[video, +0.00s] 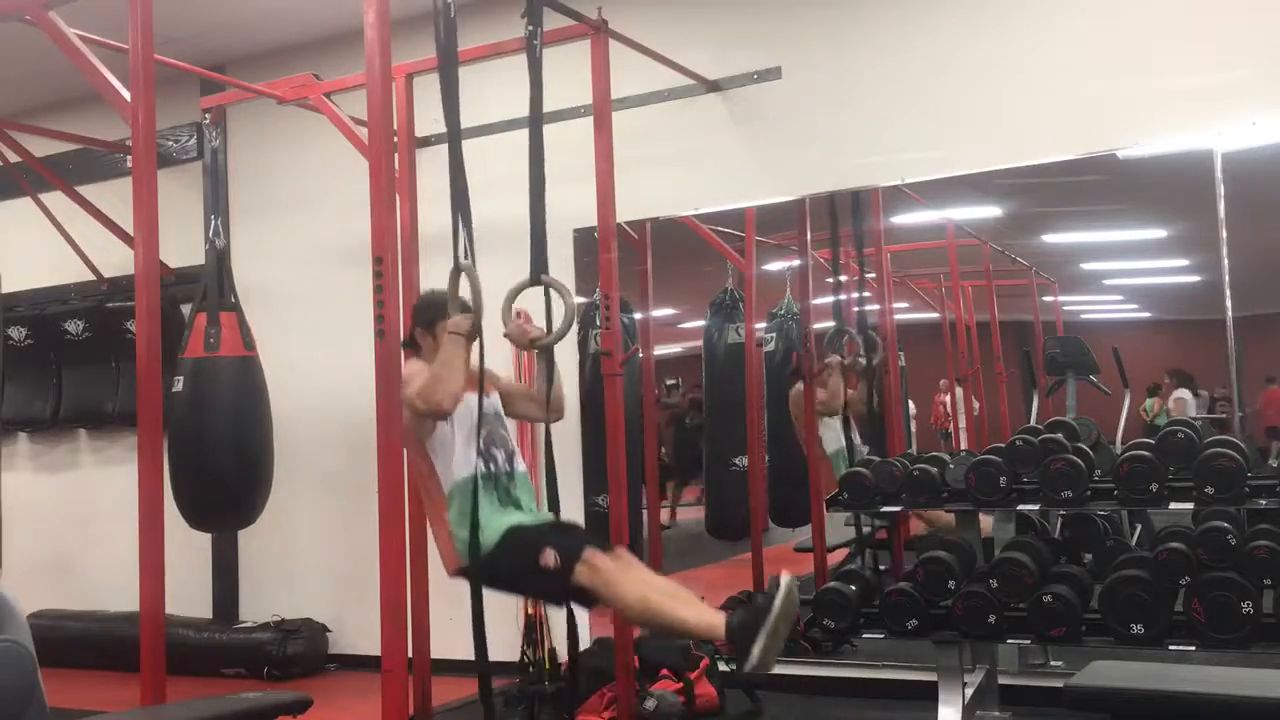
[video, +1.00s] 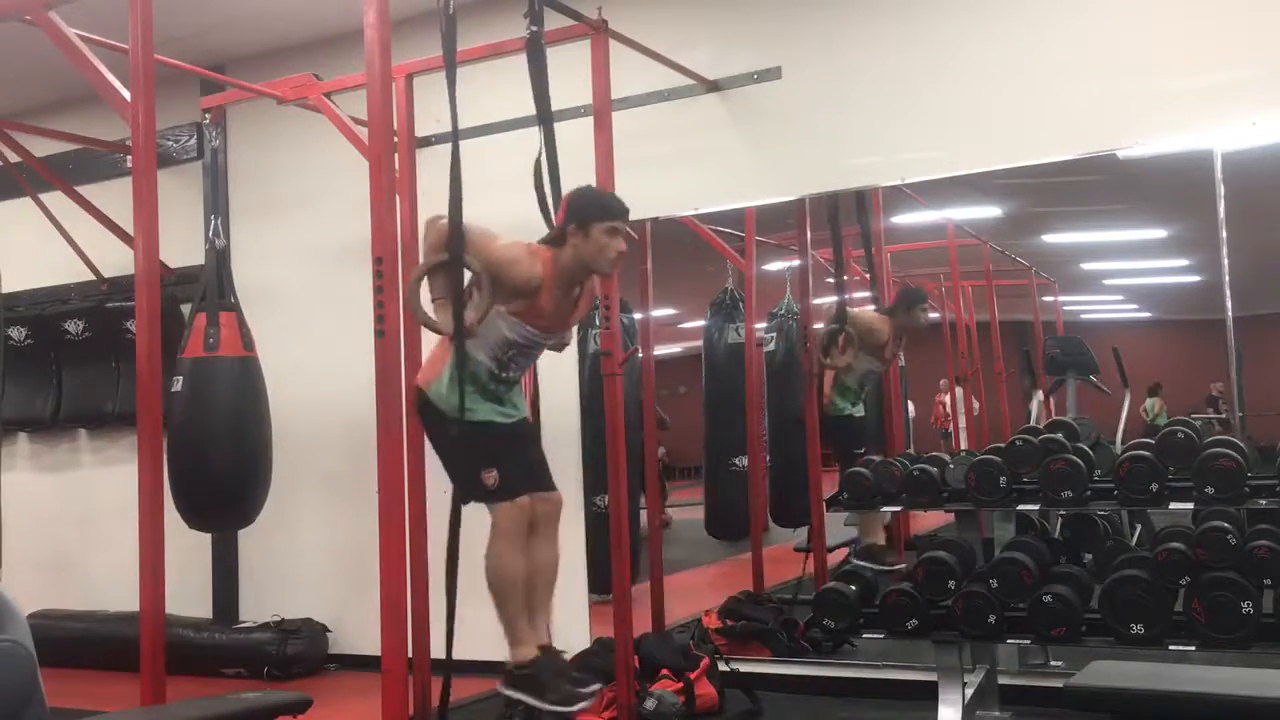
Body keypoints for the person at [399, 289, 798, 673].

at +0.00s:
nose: (464, 344)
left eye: (466, 336)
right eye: (454, 334)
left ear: (465, 339)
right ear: (423, 336)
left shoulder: (477, 380)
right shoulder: (411, 376)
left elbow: (549, 408)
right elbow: (442, 399)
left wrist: (535, 350)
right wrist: (457, 333)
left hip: (520, 518)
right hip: (476, 535)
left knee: (618, 558)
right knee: (594, 566)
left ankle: (731, 624)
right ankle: (729, 634)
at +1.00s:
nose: (623, 246)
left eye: (624, 235)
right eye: (612, 234)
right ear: (574, 234)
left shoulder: (586, 288)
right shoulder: (522, 267)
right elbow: (440, 229)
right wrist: (435, 304)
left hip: (504, 394)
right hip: (455, 391)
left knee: (546, 506)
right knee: (512, 509)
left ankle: (540, 652)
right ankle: (521, 662)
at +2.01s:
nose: (596, 82)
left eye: (598, 72)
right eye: (584, 70)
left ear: (590, 82)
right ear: (548, 74)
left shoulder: (578, 151)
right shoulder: (516, 133)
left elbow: (565, 242)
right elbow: (476, 221)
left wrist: (566, 318)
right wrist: (456, 299)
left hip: (524, 314)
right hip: (480, 306)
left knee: (491, 433)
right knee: (462, 427)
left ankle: (462, 554)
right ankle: (439, 555)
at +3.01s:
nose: (611, 230)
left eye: (612, 219)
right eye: (600, 220)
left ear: (597, 225)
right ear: (563, 221)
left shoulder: (582, 274)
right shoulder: (519, 257)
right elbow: (429, 233)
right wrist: (421, 309)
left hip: (511, 402)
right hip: (461, 399)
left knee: (528, 531)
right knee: (497, 531)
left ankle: (533, 666)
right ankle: (509, 674)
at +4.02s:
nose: (468, 399)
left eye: (468, 389)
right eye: (458, 392)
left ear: (472, 394)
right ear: (431, 404)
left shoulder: (480, 443)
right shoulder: (421, 462)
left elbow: (546, 407)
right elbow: (436, 413)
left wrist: (530, 346)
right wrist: (448, 342)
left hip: (518, 593)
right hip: (470, 614)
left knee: (613, 611)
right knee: (589, 622)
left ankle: (731, 667)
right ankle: (726, 672)